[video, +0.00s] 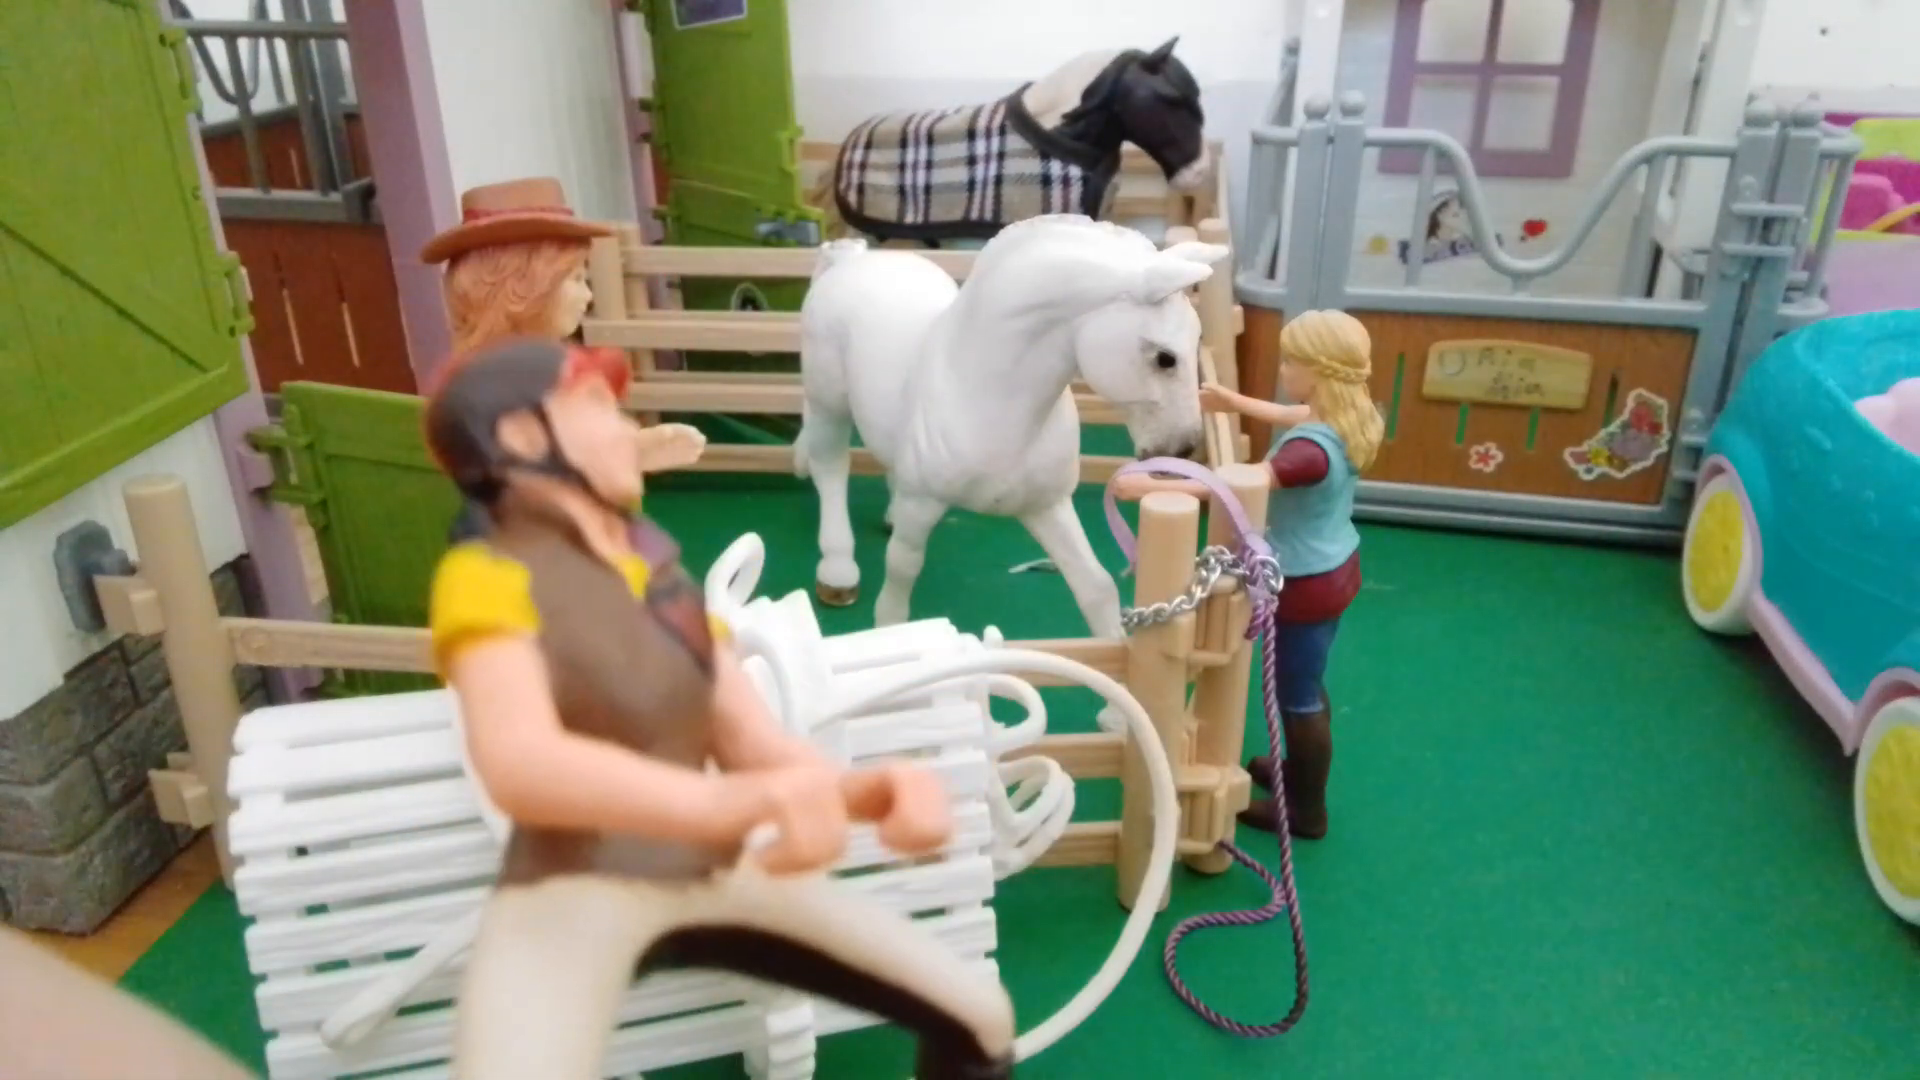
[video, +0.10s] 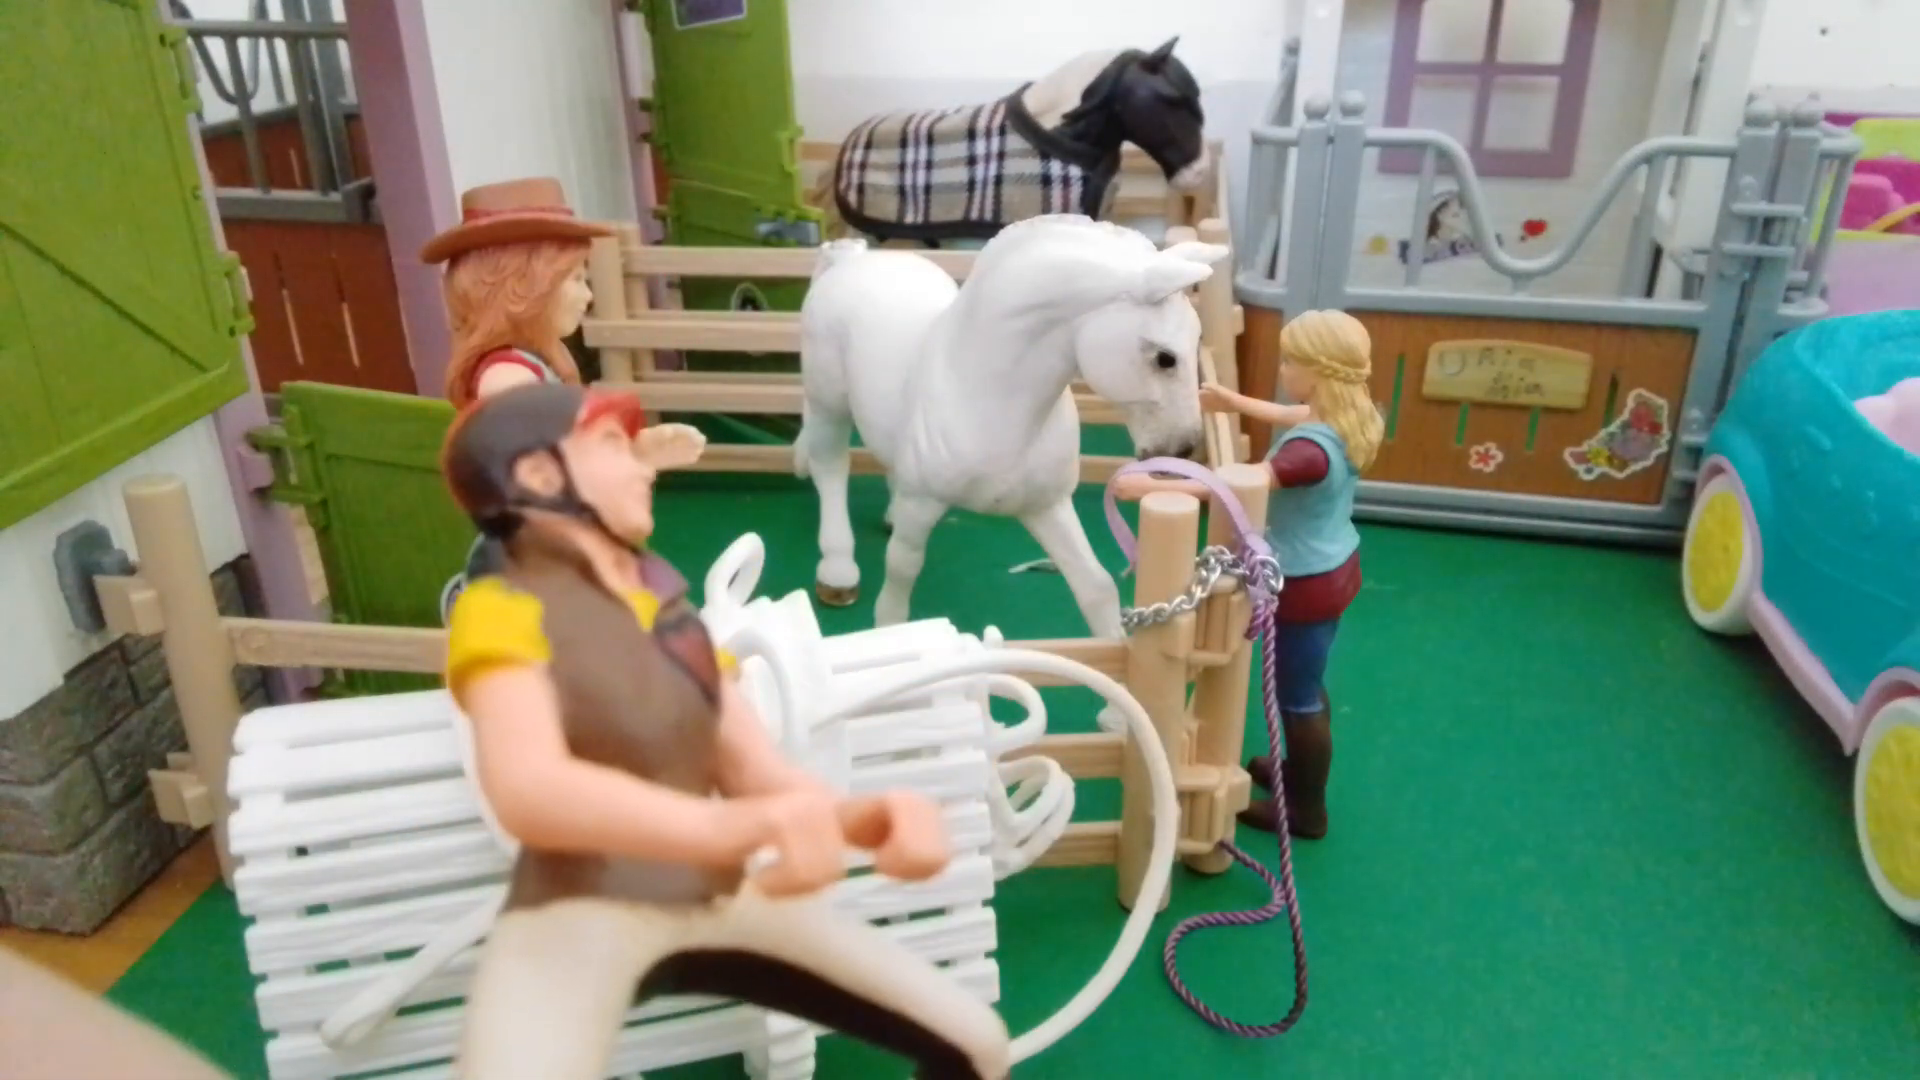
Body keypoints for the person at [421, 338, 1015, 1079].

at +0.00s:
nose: (630, 422)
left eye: (614, 398)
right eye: (597, 398)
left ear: (521, 437)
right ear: (518, 436)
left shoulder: (651, 560)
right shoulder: (488, 572)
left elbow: (748, 738)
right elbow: (521, 767)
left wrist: (859, 793)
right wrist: (732, 805)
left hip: (721, 878)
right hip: (571, 898)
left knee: (974, 1013)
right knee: (516, 1063)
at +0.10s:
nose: (643, 457)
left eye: (628, 434)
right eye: (608, 435)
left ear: (537, 477)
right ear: (534, 475)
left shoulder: (657, 598)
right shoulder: (501, 604)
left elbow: (754, 770)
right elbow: (529, 792)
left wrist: (854, 821)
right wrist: (740, 830)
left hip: (728, 901)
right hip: (578, 916)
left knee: (974, 1043)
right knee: (516, 1070)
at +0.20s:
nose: (637, 474)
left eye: (623, 454)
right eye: (605, 453)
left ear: (535, 494)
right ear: (531, 491)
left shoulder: (656, 619)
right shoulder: (499, 620)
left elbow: (754, 783)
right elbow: (524, 805)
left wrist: (851, 830)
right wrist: (728, 845)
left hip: (724, 909)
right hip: (575, 925)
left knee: (975, 1050)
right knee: (511, 1065)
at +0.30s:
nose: (627, 479)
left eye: (614, 462)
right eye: (595, 460)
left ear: (527, 501)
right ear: (522, 499)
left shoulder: (655, 626)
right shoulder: (491, 625)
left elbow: (748, 776)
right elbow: (509, 804)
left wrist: (842, 822)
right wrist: (712, 839)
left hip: (723, 907)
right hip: (567, 924)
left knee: (973, 1040)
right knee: (493, 1066)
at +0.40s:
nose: (638, 446)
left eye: (631, 428)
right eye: (601, 433)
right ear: (535, 477)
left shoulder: (684, 585)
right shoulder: (507, 612)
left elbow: (776, 729)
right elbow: (509, 787)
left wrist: (846, 790)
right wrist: (674, 827)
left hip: (742, 871)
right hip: (591, 893)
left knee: (1029, 1008)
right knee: (474, 1066)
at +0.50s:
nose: (668, 383)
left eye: (661, 365)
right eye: (628, 372)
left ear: (682, 385)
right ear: (561, 419)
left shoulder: (756, 542)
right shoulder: (529, 570)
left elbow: (825, 681)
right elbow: (511, 750)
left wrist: (860, 756)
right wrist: (626, 811)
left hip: (788, 826)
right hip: (617, 863)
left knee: (1084, 995)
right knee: (457, 1063)